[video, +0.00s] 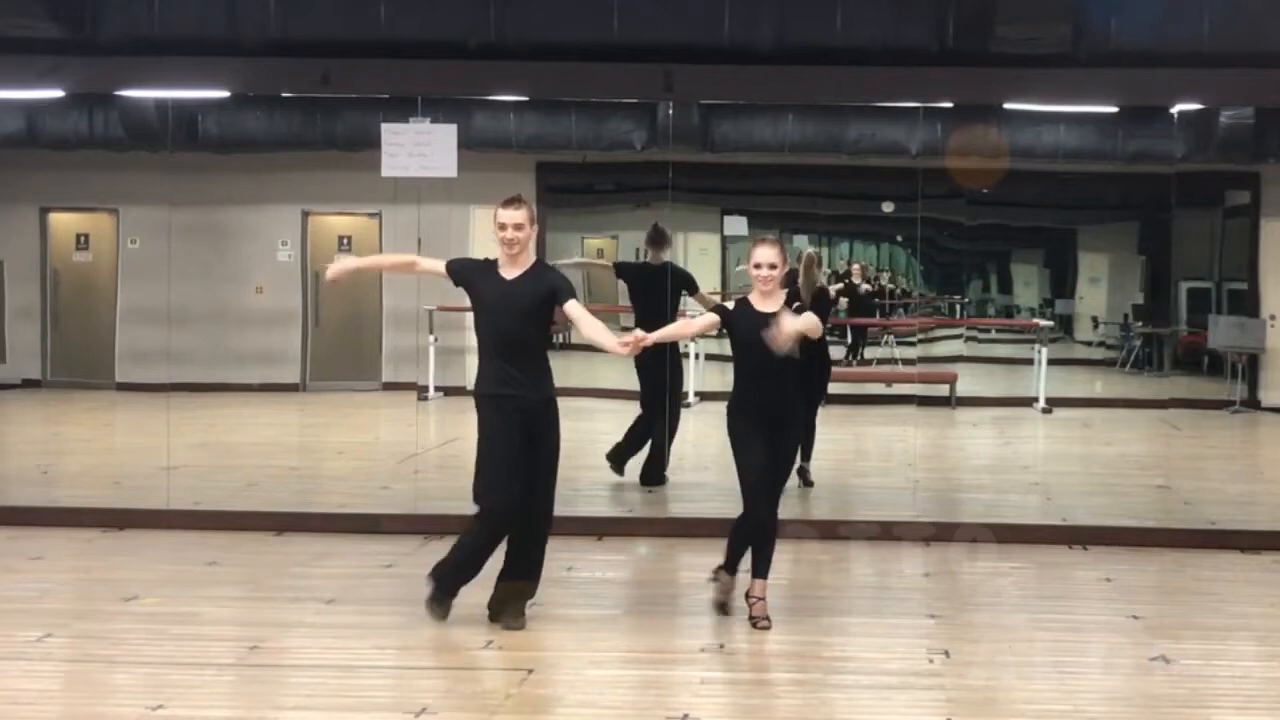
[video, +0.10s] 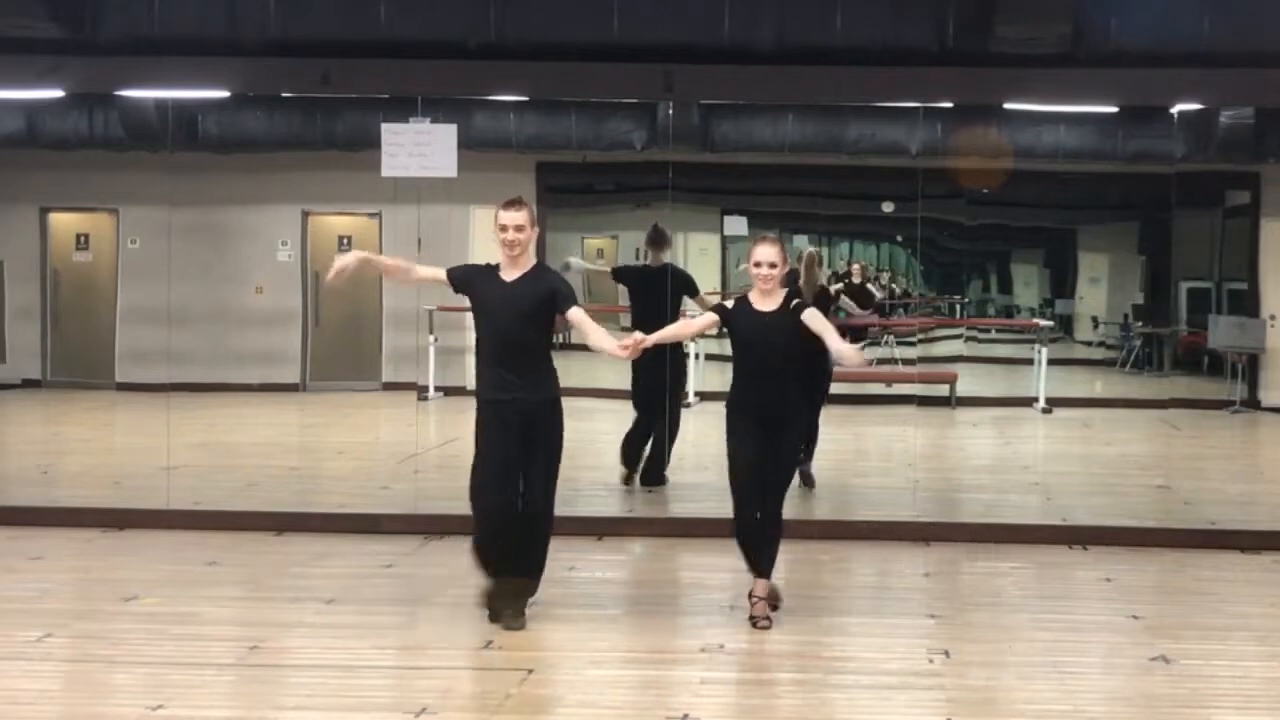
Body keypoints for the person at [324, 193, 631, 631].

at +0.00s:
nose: (510, 235)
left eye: (518, 227)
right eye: (503, 228)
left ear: (533, 230)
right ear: (494, 230)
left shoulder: (549, 279)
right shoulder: (475, 272)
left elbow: (582, 318)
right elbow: (413, 263)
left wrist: (615, 344)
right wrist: (354, 263)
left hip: (540, 404)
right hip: (496, 402)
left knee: (534, 509)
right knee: (500, 507)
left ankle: (510, 603)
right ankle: (445, 582)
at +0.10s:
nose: (510, 236)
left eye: (519, 229)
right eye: (504, 229)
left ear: (534, 232)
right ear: (495, 232)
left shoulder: (550, 282)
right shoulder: (477, 277)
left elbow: (585, 325)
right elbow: (411, 271)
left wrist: (614, 347)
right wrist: (363, 258)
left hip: (541, 408)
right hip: (495, 408)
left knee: (536, 500)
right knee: (489, 497)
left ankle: (517, 597)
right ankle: (500, 578)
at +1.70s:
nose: (505, 241)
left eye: (513, 232)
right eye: (496, 233)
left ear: (529, 237)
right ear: (487, 237)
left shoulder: (549, 292)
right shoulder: (468, 278)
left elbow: (601, 335)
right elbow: (396, 254)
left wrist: (650, 354)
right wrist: (327, 223)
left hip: (489, 413)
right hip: (445, 403)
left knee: (476, 518)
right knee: (443, 514)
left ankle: (457, 621)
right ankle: (443, 629)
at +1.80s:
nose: (502, 248)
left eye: (510, 240)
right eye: (494, 242)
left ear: (527, 244)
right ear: (486, 247)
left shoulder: (550, 301)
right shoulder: (470, 285)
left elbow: (605, 342)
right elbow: (397, 252)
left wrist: (657, 356)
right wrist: (339, 216)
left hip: (487, 426)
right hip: (439, 411)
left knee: (478, 528)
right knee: (403, 508)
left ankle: (449, 622)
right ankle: (370, 623)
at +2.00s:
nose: (495, 252)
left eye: (504, 244)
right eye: (487, 245)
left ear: (521, 248)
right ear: (479, 250)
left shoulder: (543, 304)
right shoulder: (465, 289)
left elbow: (602, 340)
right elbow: (407, 258)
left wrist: (657, 354)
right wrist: (384, 223)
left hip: (498, 437)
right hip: (446, 427)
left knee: (488, 532)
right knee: (406, 514)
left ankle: (450, 620)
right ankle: (352, 586)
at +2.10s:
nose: (497, 246)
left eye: (506, 239)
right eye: (490, 239)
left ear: (521, 245)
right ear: (480, 245)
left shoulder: (539, 303)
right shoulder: (462, 292)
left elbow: (594, 342)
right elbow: (386, 287)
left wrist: (638, 358)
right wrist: (387, 227)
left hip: (500, 426)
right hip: (456, 421)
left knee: (471, 519)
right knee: (438, 520)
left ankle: (461, 619)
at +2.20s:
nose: (497, 243)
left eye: (506, 235)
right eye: (490, 236)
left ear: (522, 242)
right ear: (481, 242)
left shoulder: (538, 302)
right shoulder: (462, 291)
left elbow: (588, 348)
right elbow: (426, 319)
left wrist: (620, 363)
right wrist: (395, 262)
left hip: (499, 421)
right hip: (476, 419)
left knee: (432, 516)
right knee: (502, 520)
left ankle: (490, 603)